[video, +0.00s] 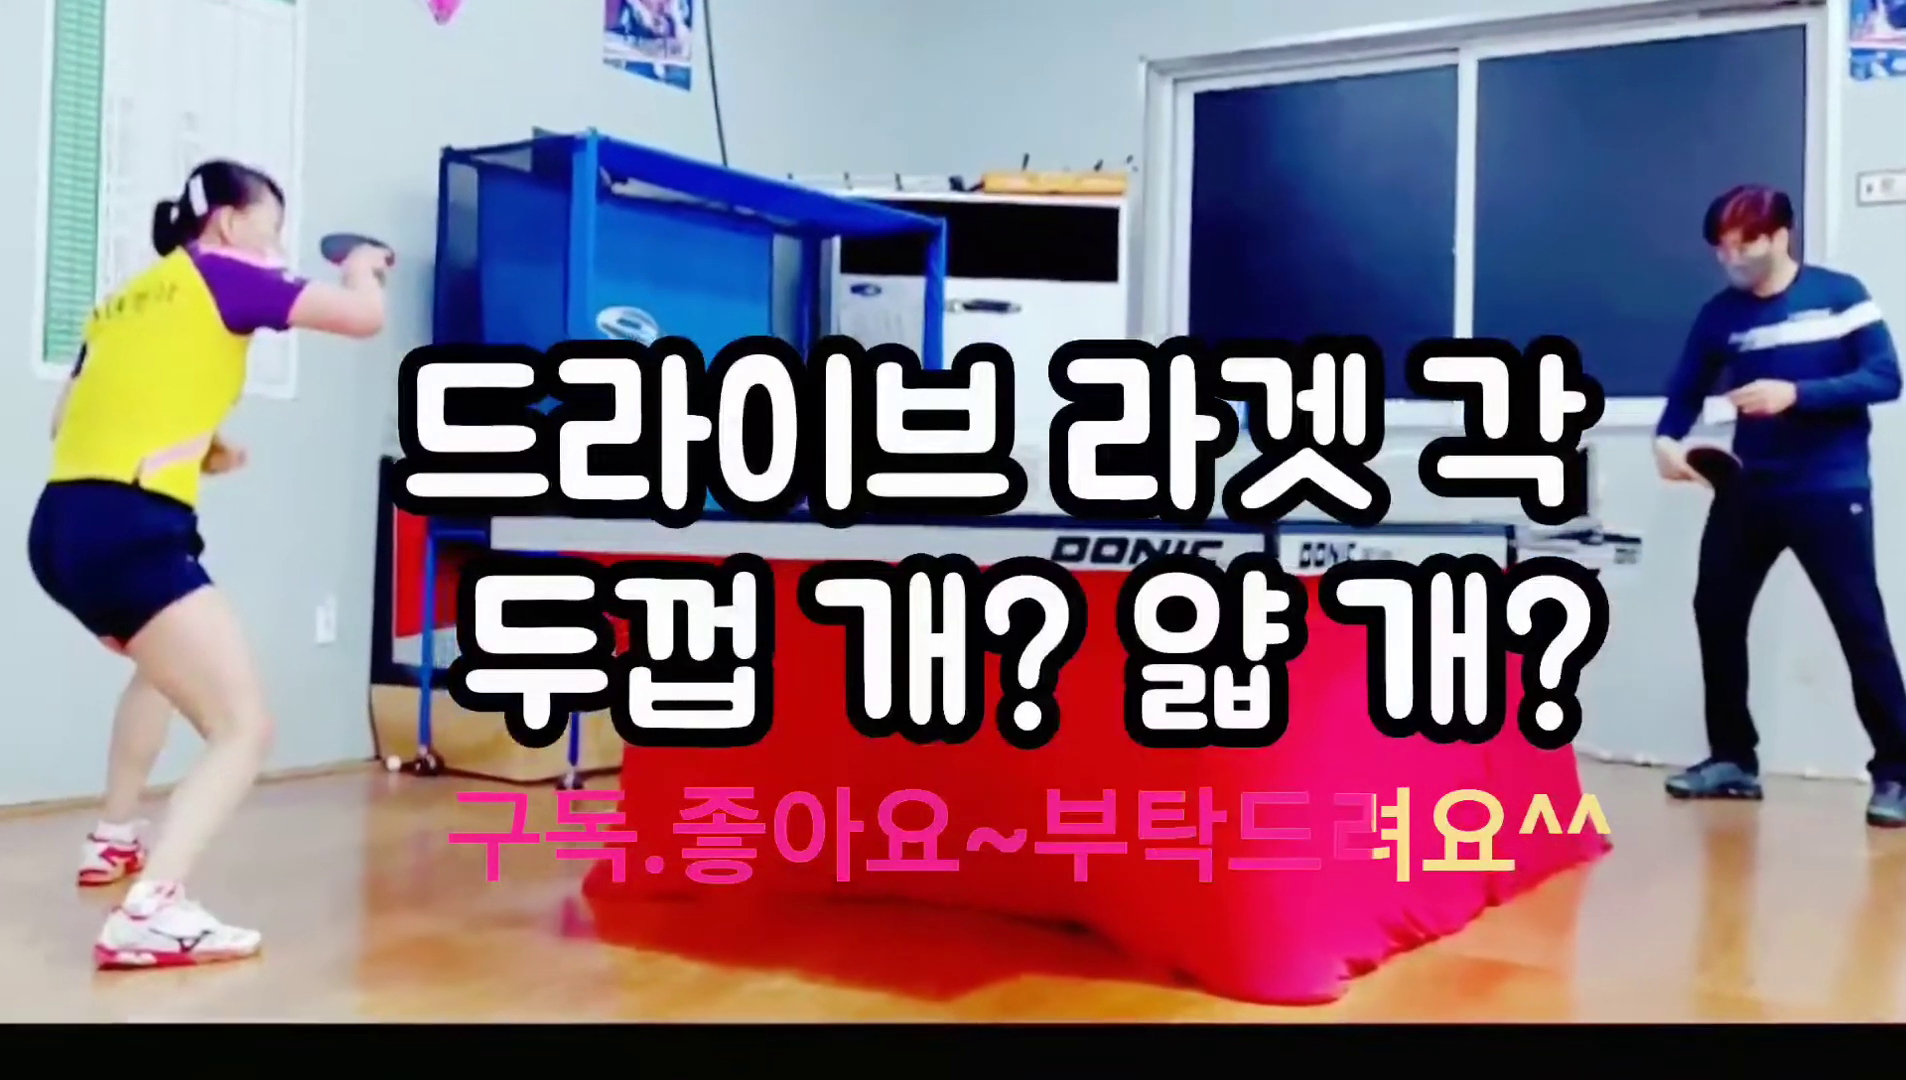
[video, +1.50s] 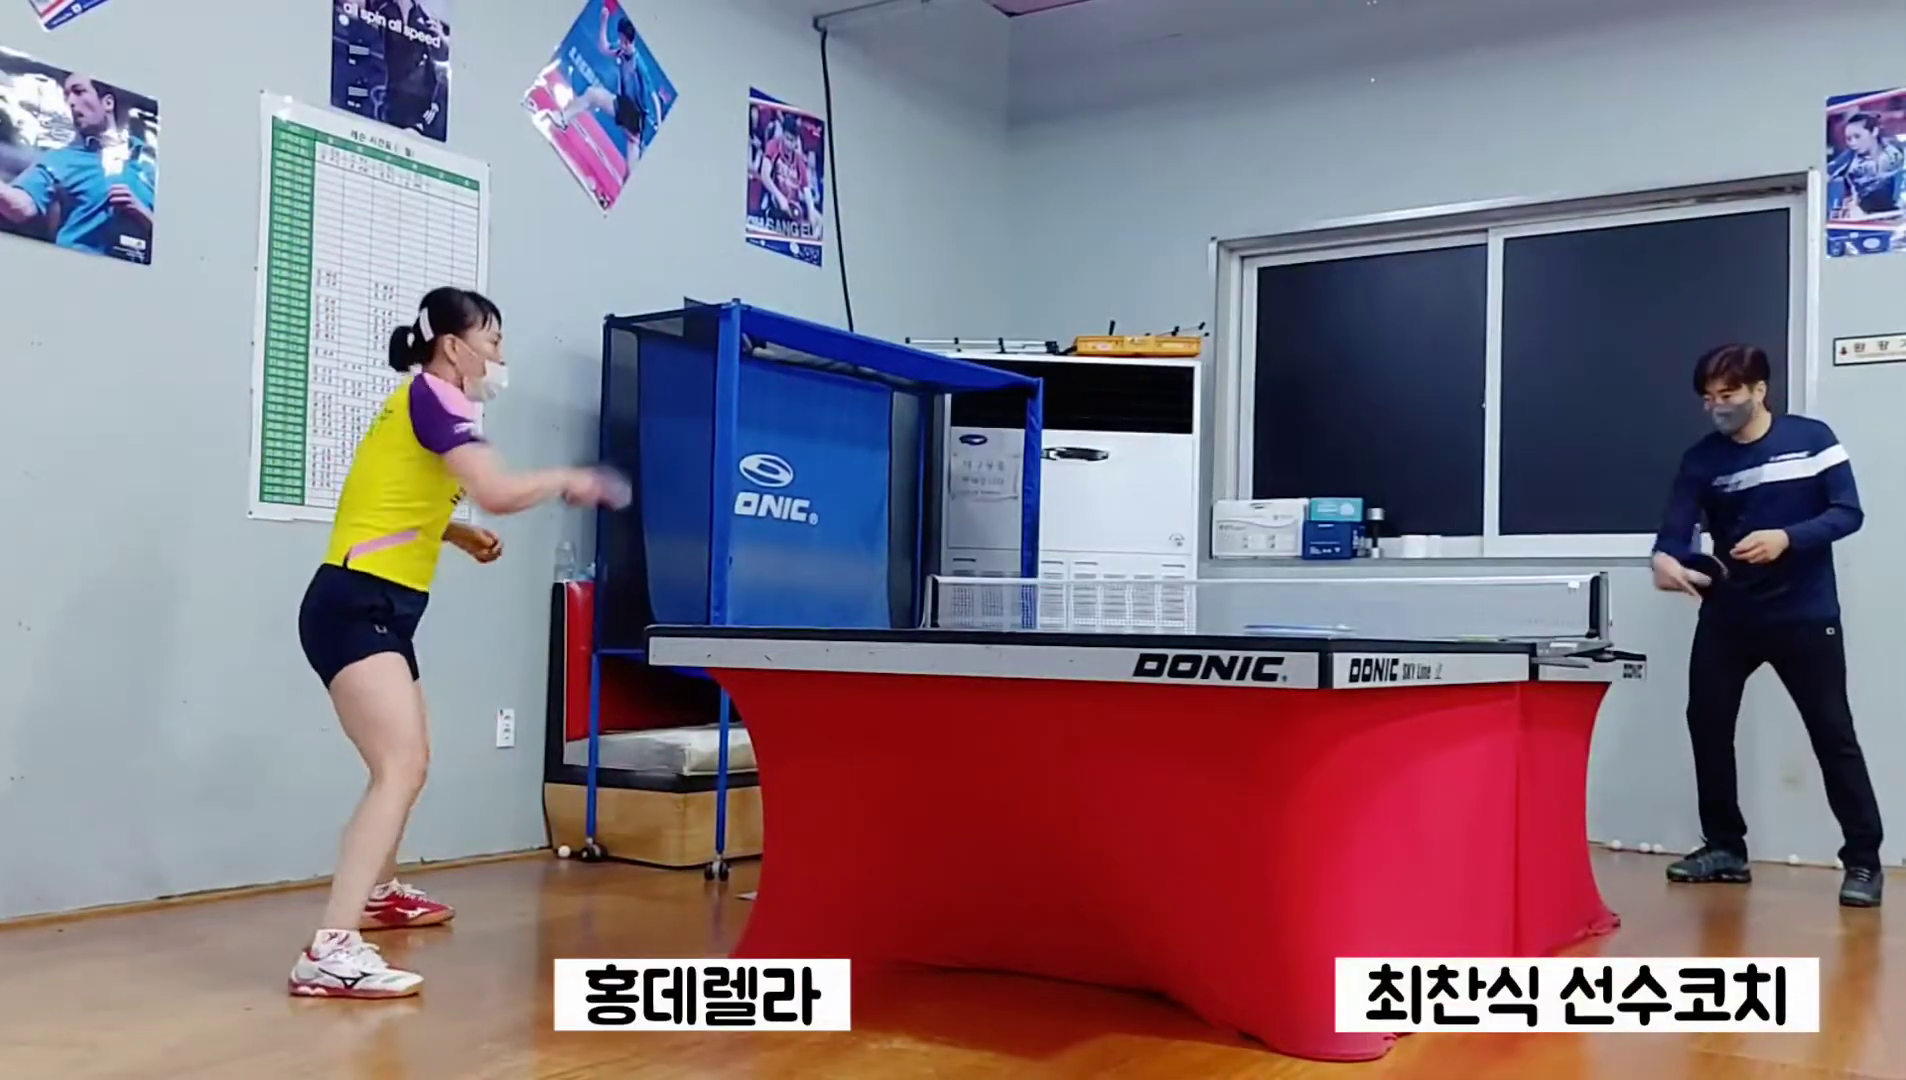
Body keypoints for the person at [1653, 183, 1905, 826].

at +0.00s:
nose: (1731, 255)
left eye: (1743, 241)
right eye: (1724, 244)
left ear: (1780, 237)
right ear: (1718, 248)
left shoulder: (1840, 295)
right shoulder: (1722, 313)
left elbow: (1884, 377)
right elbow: (1688, 389)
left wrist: (1795, 393)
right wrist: (1666, 440)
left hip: (1830, 498)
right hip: (1747, 497)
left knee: (1863, 632)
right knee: (1716, 613)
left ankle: (1893, 775)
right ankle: (1732, 760)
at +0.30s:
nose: (1743, 252)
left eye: (1755, 238)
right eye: (1736, 240)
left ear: (1793, 233)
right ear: (1732, 242)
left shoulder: (1856, 291)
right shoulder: (1734, 310)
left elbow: (1896, 374)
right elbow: (1700, 388)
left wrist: (1809, 391)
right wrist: (1678, 437)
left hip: (1846, 498)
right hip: (1760, 499)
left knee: (1881, 636)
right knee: (1729, 613)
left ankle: (1903, 778)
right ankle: (1745, 764)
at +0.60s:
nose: (1760, 245)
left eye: (1773, 231)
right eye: (1754, 233)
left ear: (1814, 226)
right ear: (1750, 234)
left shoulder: (1883, 286)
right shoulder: (1755, 305)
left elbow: (1902, 375)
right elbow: (1720, 383)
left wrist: (1831, 386)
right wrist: (1697, 435)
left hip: (1871, 496)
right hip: (1783, 496)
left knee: (1899, 638)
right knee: (1749, 615)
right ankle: (1767, 770)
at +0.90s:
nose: (1773, 240)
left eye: (1787, 226)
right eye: (1765, 228)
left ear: (1827, 221)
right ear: (1759, 231)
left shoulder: (1893, 283)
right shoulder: (1764, 304)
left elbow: (1905, 373)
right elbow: (1729, 384)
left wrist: (1844, 383)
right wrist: (1708, 435)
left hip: (1880, 496)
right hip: (1793, 495)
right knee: (1761, 615)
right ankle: (1778, 772)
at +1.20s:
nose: (1728, 394)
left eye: (1738, 383)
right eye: (1721, 387)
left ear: (1772, 383)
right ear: (1717, 392)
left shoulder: (1821, 434)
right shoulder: (1723, 452)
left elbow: (1853, 511)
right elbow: (1718, 529)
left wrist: (1779, 539)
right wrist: (1686, 565)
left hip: (1817, 618)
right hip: (1745, 618)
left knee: (1841, 741)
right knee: (1728, 732)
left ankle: (1863, 864)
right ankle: (1728, 848)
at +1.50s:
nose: (1717, 403)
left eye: (1728, 392)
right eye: (1709, 395)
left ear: (1759, 389)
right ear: (1703, 399)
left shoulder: (1812, 438)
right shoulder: (1701, 459)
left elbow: (1848, 512)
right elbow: (1675, 530)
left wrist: (1787, 537)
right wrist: (1662, 556)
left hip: (1804, 618)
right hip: (1727, 618)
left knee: (1834, 739)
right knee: (1707, 726)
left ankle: (1862, 862)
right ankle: (1724, 848)